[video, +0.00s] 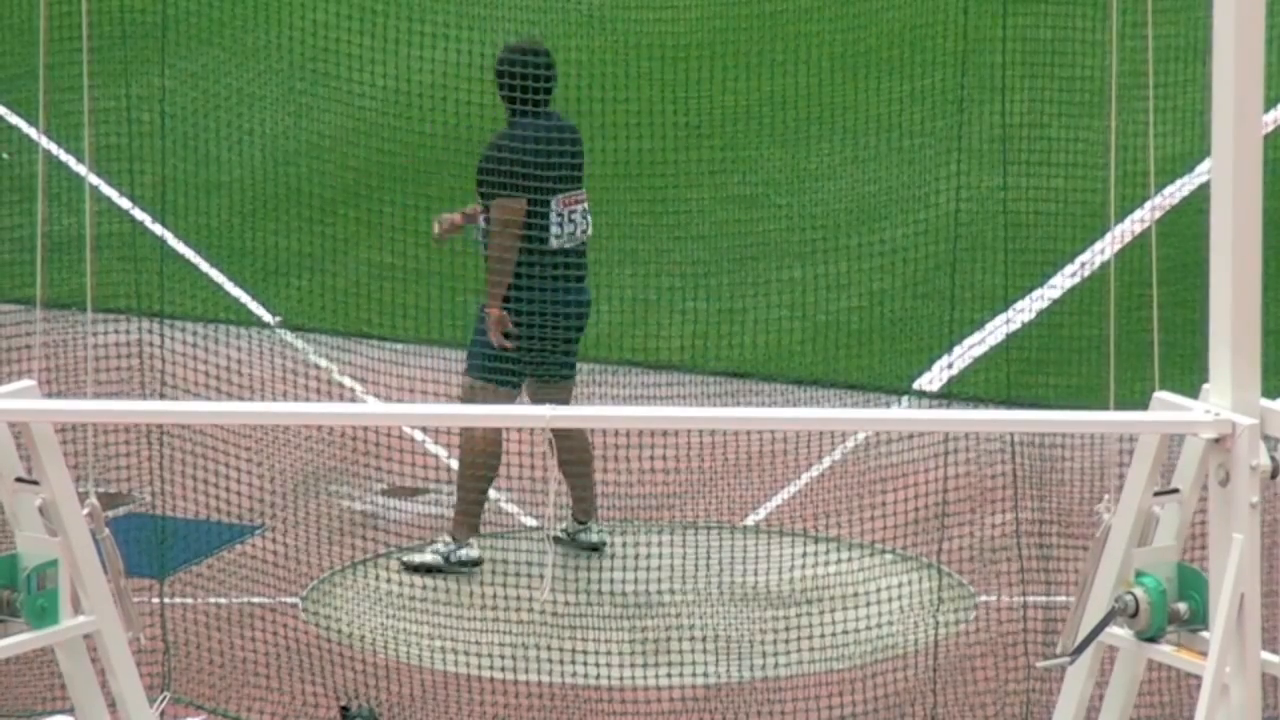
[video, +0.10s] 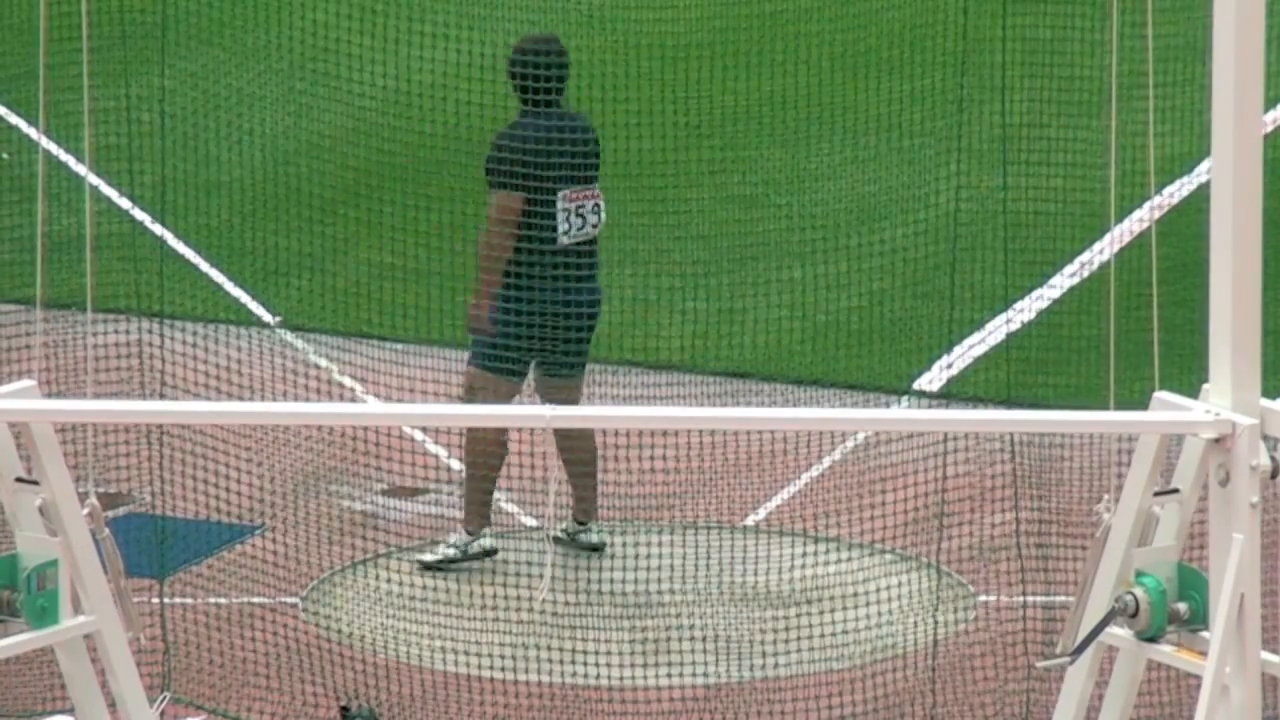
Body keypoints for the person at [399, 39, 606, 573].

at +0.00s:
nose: (499, 89)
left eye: (500, 81)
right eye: (507, 79)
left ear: (504, 87)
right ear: (548, 84)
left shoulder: (507, 150)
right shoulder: (567, 136)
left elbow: (509, 232)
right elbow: (538, 201)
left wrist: (493, 302)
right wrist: (472, 216)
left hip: (519, 299)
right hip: (568, 299)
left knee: (481, 412)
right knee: (557, 408)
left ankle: (461, 541)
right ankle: (586, 524)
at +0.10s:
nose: (516, 81)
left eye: (516, 73)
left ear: (516, 79)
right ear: (562, 78)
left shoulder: (515, 140)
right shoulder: (584, 134)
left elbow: (503, 226)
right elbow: (582, 214)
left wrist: (485, 292)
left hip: (523, 297)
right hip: (579, 297)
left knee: (484, 403)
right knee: (564, 403)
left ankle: (473, 532)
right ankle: (586, 524)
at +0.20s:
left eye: (528, 68)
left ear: (524, 74)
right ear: (573, 75)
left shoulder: (516, 138)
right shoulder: (595, 131)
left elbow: (496, 222)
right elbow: (607, 199)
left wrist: (465, 287)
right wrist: (619, 240)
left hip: (526, 294)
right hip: (585, 293)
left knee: (485, 393)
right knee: (568, 399)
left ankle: (510, 523)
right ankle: (587, 522)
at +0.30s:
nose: (544, 77)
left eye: (539, 67)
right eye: (554, 67)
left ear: (532, 74)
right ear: (581, 73)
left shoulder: (517, 135)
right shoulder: (604, 129)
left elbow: (486, 214)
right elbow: (650, 182)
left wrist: (455, 277)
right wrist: (687, 221)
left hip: (526, 293)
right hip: (587, 293)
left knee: (502, 401)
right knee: (575, 402)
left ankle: (520, 528)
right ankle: (586, 522)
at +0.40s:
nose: (558, 76)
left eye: (546, 65)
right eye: (566, 65)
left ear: (536, 71)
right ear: (587, 72)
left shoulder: (514, 132)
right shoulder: (612, 128)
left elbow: (483, 204)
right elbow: (673, 170)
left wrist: (450, 268)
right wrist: (721, 207)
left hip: (529, 290)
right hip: (590, 290)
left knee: (505, 404)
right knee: (577, 403)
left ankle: (519, 527)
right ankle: (587, 523)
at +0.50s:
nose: (565, 76)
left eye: (556, 65)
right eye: (572, 65)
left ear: (542, 70)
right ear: (591, 71)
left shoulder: (517, 128)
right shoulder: (613, 126)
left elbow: (481, 192)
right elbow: (677, 161)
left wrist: (454, 257)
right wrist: (719, 208)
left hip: (533, 284)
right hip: (595, 284)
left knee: (496, 385)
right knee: (580, 398)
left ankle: (517, 509)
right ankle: (588, 522)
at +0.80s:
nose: (589, 266)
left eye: (597, 256)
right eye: (578, 256)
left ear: (608, 255)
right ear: (558, 257)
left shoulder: (628, 307)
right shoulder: (548, 279)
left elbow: (650, 397)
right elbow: (513, 261)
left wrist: (600, 451)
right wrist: (487, 253)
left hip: (634, 430)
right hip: (570, 427)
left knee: (683, 538)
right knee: (525, 527)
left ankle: (702, 642)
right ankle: (524, 641)